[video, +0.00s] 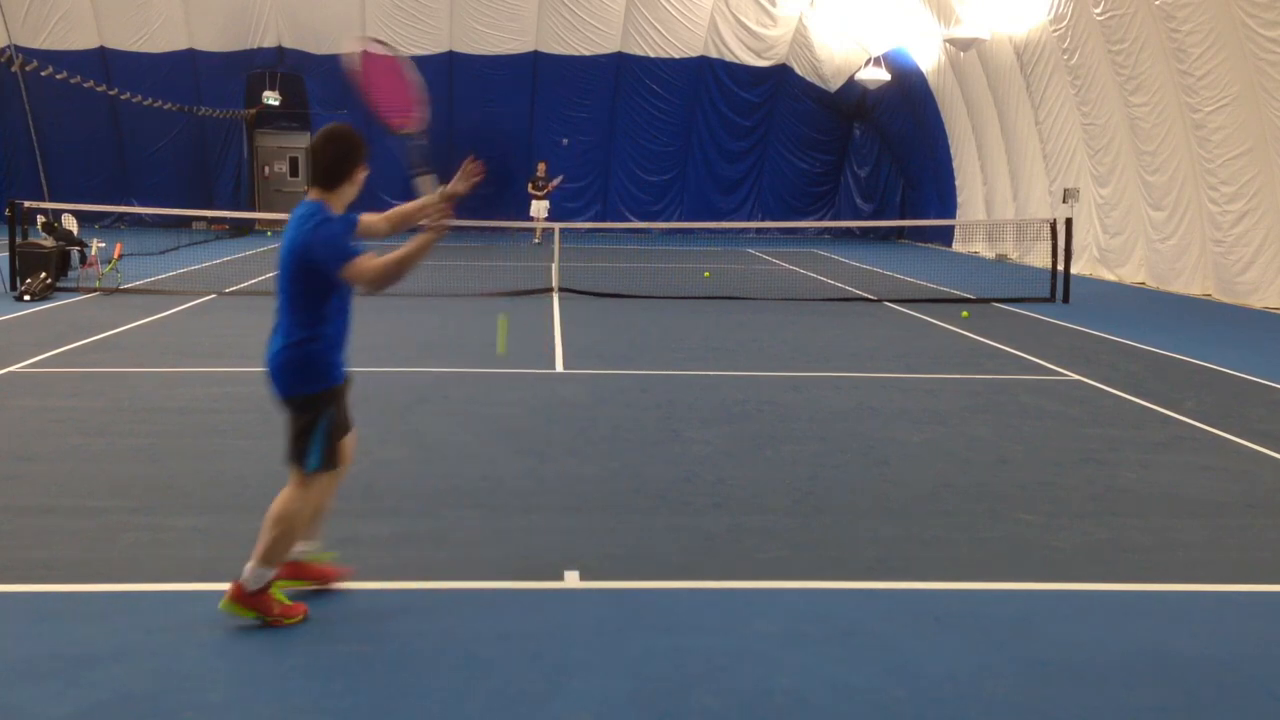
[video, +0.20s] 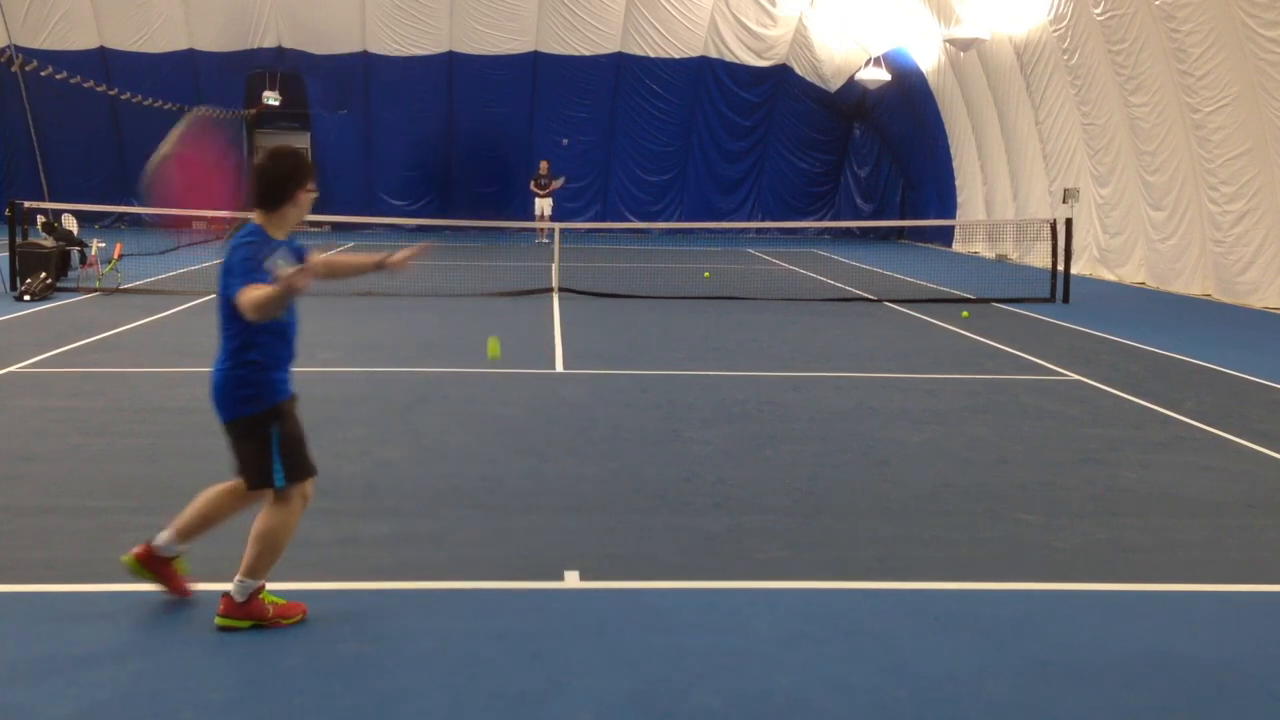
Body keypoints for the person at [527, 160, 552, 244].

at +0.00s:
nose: (541, 168)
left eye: (543, 166)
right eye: (540, 166)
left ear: (545, 168)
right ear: (537, 167)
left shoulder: (547, 178)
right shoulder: (533, 178)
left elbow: (549, 188)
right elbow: (529, 189)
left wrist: (551, 187)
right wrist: (538, 193)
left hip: (543, 201)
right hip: (535, 201)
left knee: (541, 219)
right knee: (535, 219)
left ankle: (538, 237)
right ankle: (537, 236)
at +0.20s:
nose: (543, 166)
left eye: (544, 165)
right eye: (541, 165)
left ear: (547, 166)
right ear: (539, 166)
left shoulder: (550, 176)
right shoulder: (536, 176)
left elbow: (554, 185)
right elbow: (531, 186)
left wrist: (546, 191)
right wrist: (540, 192)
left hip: (547, 198)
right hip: (538, 198)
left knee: (546, 217)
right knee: (538, 217)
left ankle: (545, 237)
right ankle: (538, 237)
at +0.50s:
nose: (550, 168)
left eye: (552, 166)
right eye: (548, 166)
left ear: (554, 168)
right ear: (546, 167)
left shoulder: (558, 178)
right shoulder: (543, 178)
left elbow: (561, 188)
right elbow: (539, 188)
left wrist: (553, 193)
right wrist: (546, 194)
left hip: (555, 200)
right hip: (545, 200)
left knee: (557, 219)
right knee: (543, 218)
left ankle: (557, 237)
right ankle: (540, 237)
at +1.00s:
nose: (556, 171)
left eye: (558, 169)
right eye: (555, 169)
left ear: (561, 170)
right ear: (553, 171)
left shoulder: (566, 179)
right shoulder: (553, 180)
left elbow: (568, 190)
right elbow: (551, 188)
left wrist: (557, 191)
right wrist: (552, 194)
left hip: (565, 201)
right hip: (556, 200)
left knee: (566, 219)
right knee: (552, 218)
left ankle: (570, 237)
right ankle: (545, 236)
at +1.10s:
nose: (558, 171)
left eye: (559, 169)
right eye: (556, 169)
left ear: (563, 169)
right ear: (555, 170)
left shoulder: (567, 178)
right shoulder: (556, 179)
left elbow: (566, 189)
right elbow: (555, 191)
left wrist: (555, 186)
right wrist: (552, 189)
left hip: (568, 200)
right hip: (560, 199)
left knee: (567, 219)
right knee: (556, 218)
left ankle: (570, 237)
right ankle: (552, 236)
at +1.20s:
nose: (558, 170)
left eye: (560, 168)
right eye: (557, 168)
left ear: (563, 168)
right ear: (556, 169)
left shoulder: (567, 176)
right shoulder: (559, 177)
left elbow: (561, 185)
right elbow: (555, 188)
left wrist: (551, 180)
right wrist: (548, 181)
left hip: (571, 198)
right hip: (563, 198)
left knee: (569, 216)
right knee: (561, 216)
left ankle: (571, 237)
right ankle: (563, 236)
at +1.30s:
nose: (559, 170)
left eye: (561, 168)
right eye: (558, 168)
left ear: (564, 168)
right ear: (557, 169)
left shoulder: (566, 176)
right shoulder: (560, 177)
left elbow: (559, 183)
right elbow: (551, 185)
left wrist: (550, 175)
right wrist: (549, 177)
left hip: (573, 198)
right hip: (566, 198)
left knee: (574, 217)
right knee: (566, 217)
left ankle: (577, 236)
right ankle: (568, 235)